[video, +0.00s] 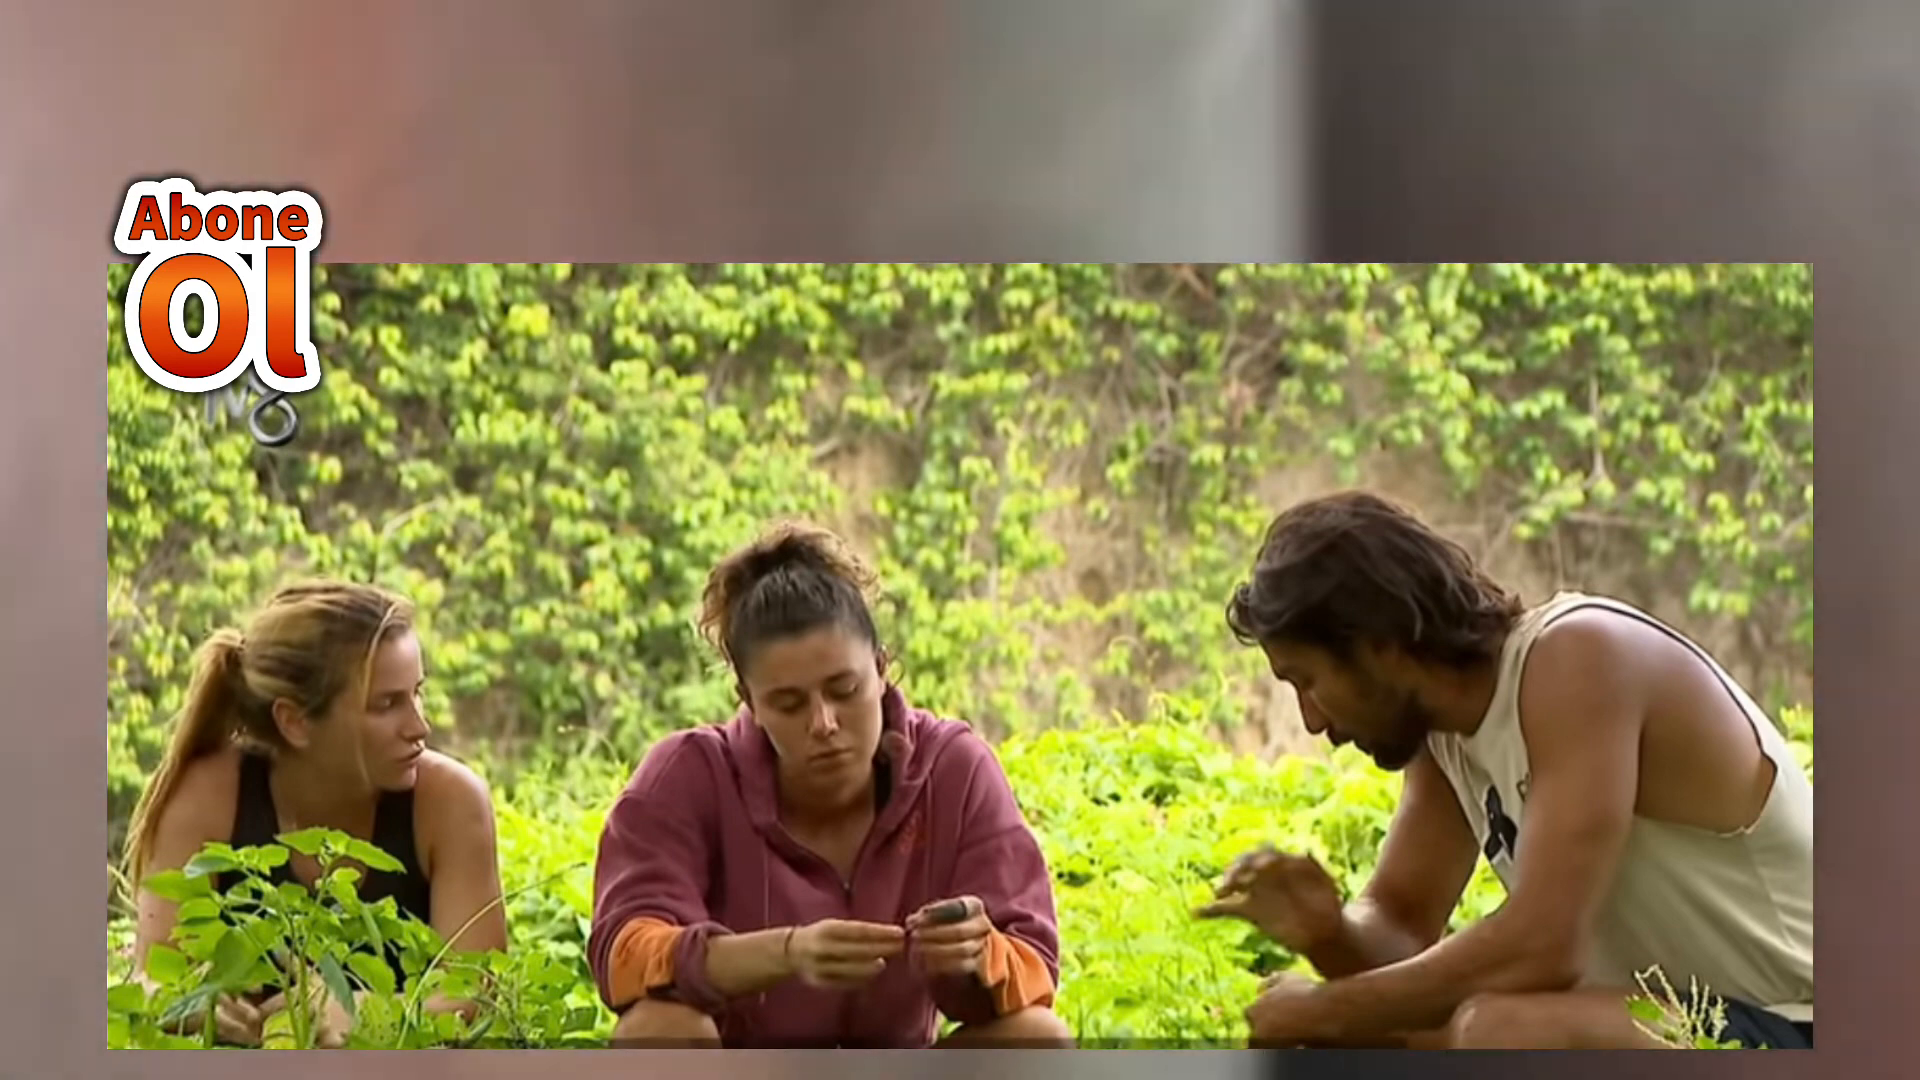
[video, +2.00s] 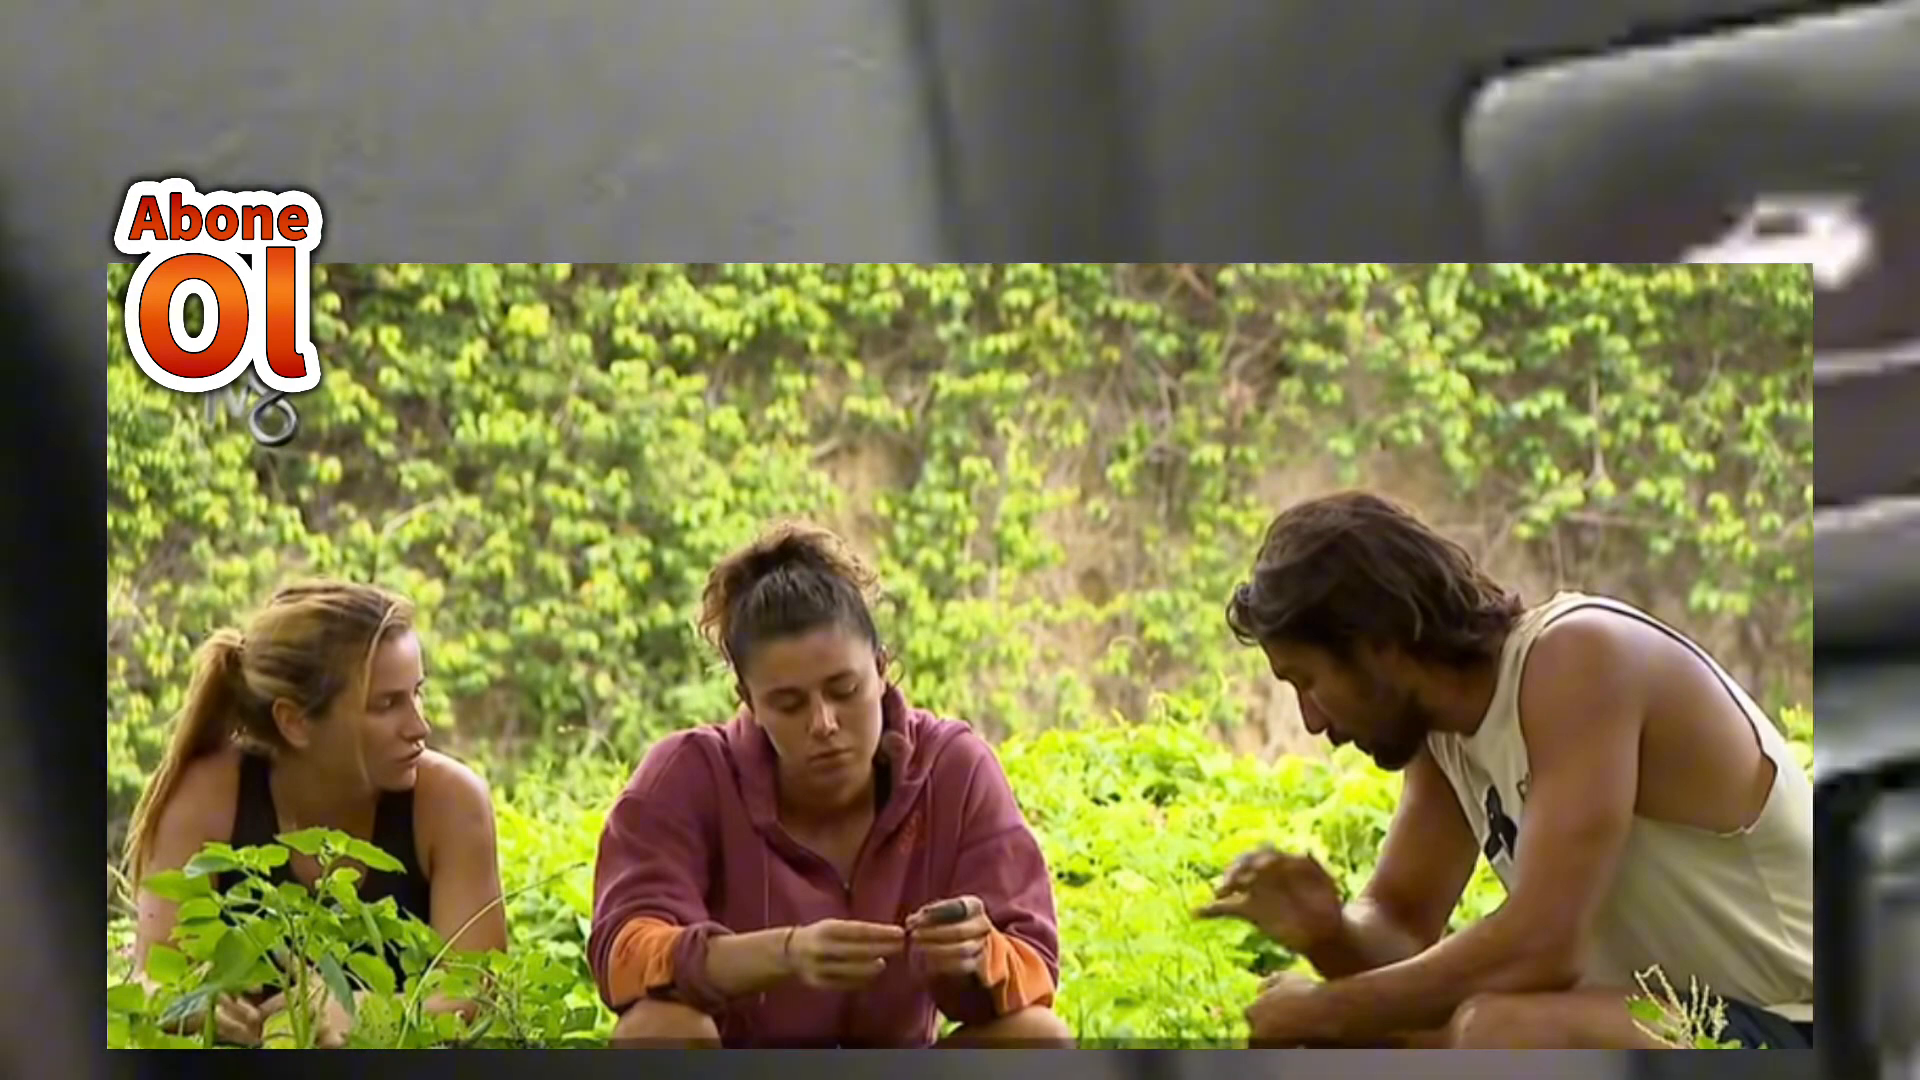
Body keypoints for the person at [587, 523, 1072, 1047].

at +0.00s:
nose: (824, 725)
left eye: (844, 690)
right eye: (789, 703)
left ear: (881, 670)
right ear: (747, 698)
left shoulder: (955, 766)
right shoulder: (687, 773)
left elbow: (1030, 970)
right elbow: (629, 957)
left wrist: (977, 954)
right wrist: (786, 952)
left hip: (898, 1062)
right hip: (739, 1063)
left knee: (1037, 1037)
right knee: (658, 1026)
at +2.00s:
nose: (824, 725)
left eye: (844, 690)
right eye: (789, 703)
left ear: (881, 670)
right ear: (747, 699)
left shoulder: (955, 766)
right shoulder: (687, 773)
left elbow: (1030, 970)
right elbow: (630, 957)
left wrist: (977, 953)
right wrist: (785, 953)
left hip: (897, 1061)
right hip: (739, 1062)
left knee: (1037, 1037)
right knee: (659, 1026)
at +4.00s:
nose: (824, 725)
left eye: (844, 690)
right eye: (789, 703)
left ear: (881, 670)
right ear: (747, 699)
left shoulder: (955, 766)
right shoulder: (687, 774)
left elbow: (1031, 969)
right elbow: (629, 957)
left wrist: (977, 954)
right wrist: (787, 951)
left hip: (900, 1054)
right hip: (740, 1056)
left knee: (1037, 1036)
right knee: (658, 1026)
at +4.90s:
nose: (824, 725)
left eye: (844, 690)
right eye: (789, 703)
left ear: (881, 670)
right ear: (747, 698)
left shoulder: (955, 766)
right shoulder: (687, 773)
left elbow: (1030, 969)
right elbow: (629, 957)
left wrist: (977, 953)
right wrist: (786, 952)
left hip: (898, 1060)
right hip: (738, 1061)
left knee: (1037, 1036)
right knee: (659, 1026)